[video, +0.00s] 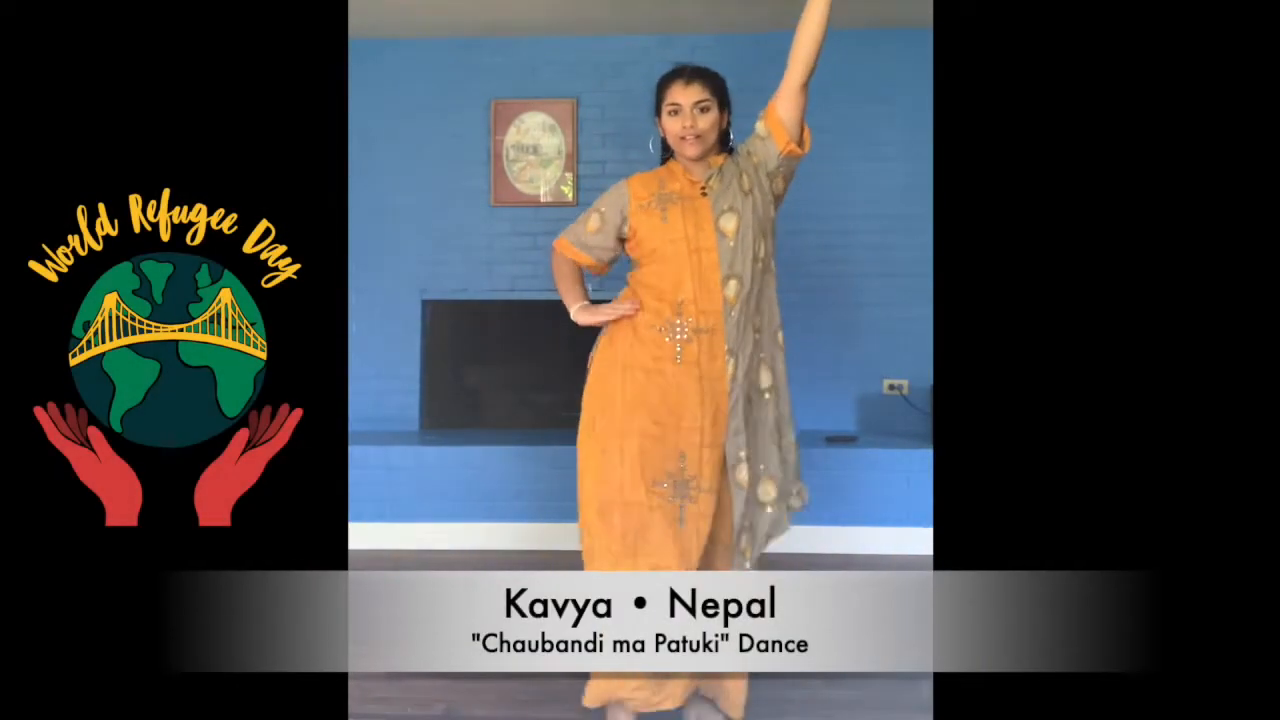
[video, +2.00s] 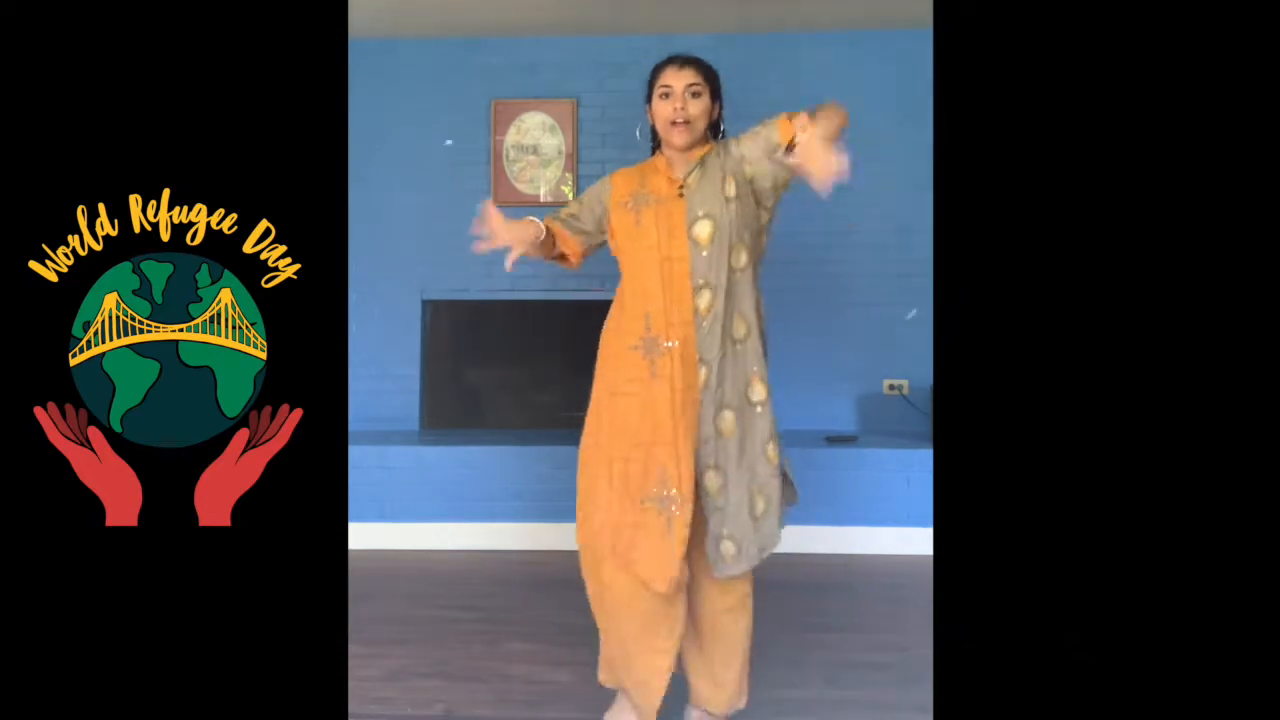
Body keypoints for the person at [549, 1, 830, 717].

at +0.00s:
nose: (687, 121)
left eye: (701, 109)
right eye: (674, 111)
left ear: (723, 117)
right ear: (660, 122)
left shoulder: (751, 179)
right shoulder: (636, 193)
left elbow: (796, 80)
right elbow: (566, 250)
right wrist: (579, 308)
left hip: (720, 373)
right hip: (636, 369)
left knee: (709, 523)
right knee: (634, 518)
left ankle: (704, 674)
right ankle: (632, 684)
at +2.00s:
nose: (678, 106)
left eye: (692, 95)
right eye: (666, 95)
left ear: (714, 109)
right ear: (649, 111)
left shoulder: (740, 162)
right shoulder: (621, 188)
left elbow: (825, 116)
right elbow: (567, 235)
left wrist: (812, 138)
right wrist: (528, 233)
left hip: (723, 384)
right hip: (637, 385)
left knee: (720, 547)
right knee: (633, 541)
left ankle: (714, 702)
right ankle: (635, 695)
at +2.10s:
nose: (679, 101)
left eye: (693, 90)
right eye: (666, 91)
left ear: (714, 106)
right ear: (649, 107)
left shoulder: (744, 167)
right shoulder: (618, 181)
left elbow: (847, 176)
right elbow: (555, 226)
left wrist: (784, 191)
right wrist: (538, 241)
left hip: (720, 383)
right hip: (634, 386)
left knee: (719, 536)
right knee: (630, 536)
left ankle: (704, 697)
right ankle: (627, 699)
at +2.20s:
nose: (682, 103)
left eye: (696, 92)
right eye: (669, 93)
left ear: (718, 106)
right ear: (652, 108)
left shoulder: (747, 180)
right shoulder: (617, 184)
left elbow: (823, 257)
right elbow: (554, 255)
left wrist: (769, 241)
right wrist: (575, 274)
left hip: (719, 381)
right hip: (633, 382)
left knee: (717, 526)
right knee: (633, 528)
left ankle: (703, 690)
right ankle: (628, 692)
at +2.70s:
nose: (693, 103)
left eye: (708, 93)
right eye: (681, 93)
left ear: (731, 107)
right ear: (664, 109)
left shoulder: (757, 169)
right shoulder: (635, 181)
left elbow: (759, 272)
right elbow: (619, 264)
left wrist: (745, 345)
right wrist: (607, 315)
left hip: (717, 383)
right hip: (636, 380)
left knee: (716, 540)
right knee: (642, 541)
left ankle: (714, 674)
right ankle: (650, 696)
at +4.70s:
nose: (687, 109)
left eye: (702, 96)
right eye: (673, 98)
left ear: (726, 102)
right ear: (657, 107)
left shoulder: (767, 175)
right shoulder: (630, 178)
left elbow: (792, 291)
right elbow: (586, 290)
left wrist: (793, 395)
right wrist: (572, 392)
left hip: (724, 405)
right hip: (631, 405)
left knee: (721, 576)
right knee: (635, 579)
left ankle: (715, 709)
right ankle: (644, 713)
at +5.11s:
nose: (691, 132)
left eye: (707, 120)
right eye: (676, 120)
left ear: (727, 132)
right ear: (658, 132)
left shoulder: (756, 216)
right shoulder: (614, 205)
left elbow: (838, 294)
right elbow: (549, 285)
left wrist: (776, 297)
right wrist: (598, 305)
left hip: (728, 446)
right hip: (634, 443)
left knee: (714, 619)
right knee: (638, 615)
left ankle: (692, 711)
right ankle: (635, 711)